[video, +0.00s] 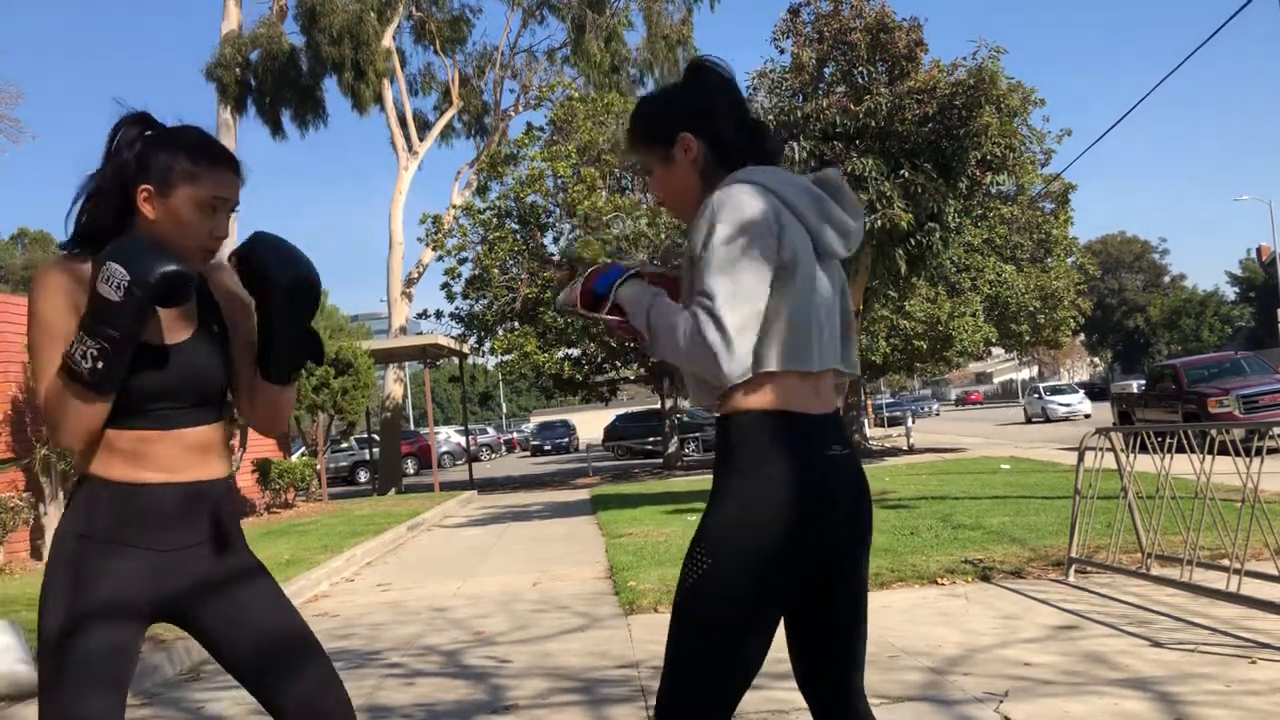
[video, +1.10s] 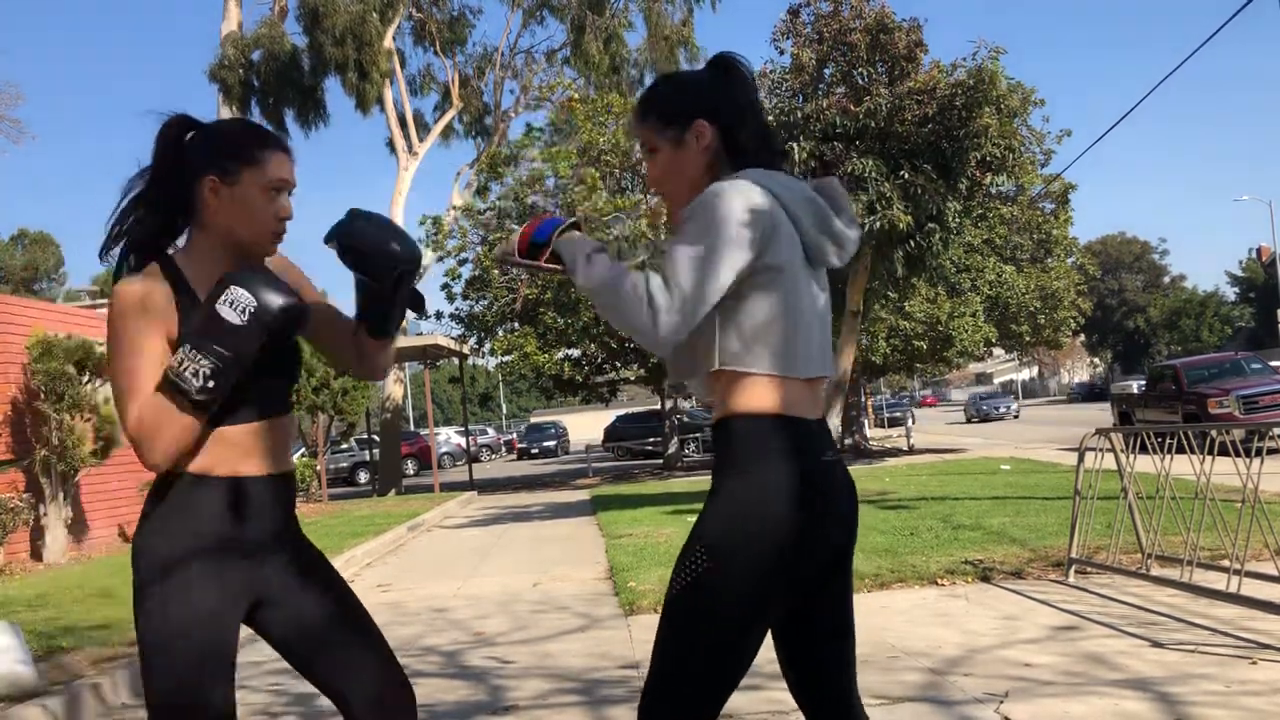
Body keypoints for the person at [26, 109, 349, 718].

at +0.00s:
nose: (225, 228)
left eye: (231, 211)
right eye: (213, 208)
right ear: (148, 201)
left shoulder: (224, 290)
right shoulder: (66, 282)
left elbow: (272, 420)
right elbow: (68, 434)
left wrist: (287, 317)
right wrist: (112, 323)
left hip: (215, 539)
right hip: (108, 541)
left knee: (326, 706)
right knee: (78, 709)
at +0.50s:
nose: (213, 215)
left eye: (216, 198)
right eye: (200, 196)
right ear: (134, 193)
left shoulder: (214, 282)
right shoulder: (56, 279)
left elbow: (291, 389)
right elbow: (47, 429)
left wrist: (297, 310)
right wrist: (94, 319)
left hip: (215, 531)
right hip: (107, 536)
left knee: (318, 707)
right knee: (84, 711)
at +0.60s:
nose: (220, 208)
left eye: (225, 191)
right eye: (206, 188)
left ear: (228, 192)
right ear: (141, 189)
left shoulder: (232, 259)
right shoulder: (75, 284)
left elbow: (362, 297)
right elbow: (71, 433)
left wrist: (395, 222)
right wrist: (97, 324)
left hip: (227, 530)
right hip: (120, 533)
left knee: (320, 707)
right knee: (92, 711)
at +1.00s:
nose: (260, 217)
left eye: (263, 200)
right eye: (247, 198)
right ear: (185, 197)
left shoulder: (278, 265)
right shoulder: (121, 305)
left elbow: (403, 283)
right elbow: (130, 459)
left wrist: (452, 215)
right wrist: (166, 356)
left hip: (264, 541)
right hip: (166, 543)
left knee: (380, 705)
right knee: (146, 709)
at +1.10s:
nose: (287, 211)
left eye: (289, 194)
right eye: (276, 191)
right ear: (216, 191)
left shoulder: (273, 274)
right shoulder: (144, 295)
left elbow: (367, 361)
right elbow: (156, 445)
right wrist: (221, 340)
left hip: (278, 536)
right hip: (190, 541)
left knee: (387, 700)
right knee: (194, 711)